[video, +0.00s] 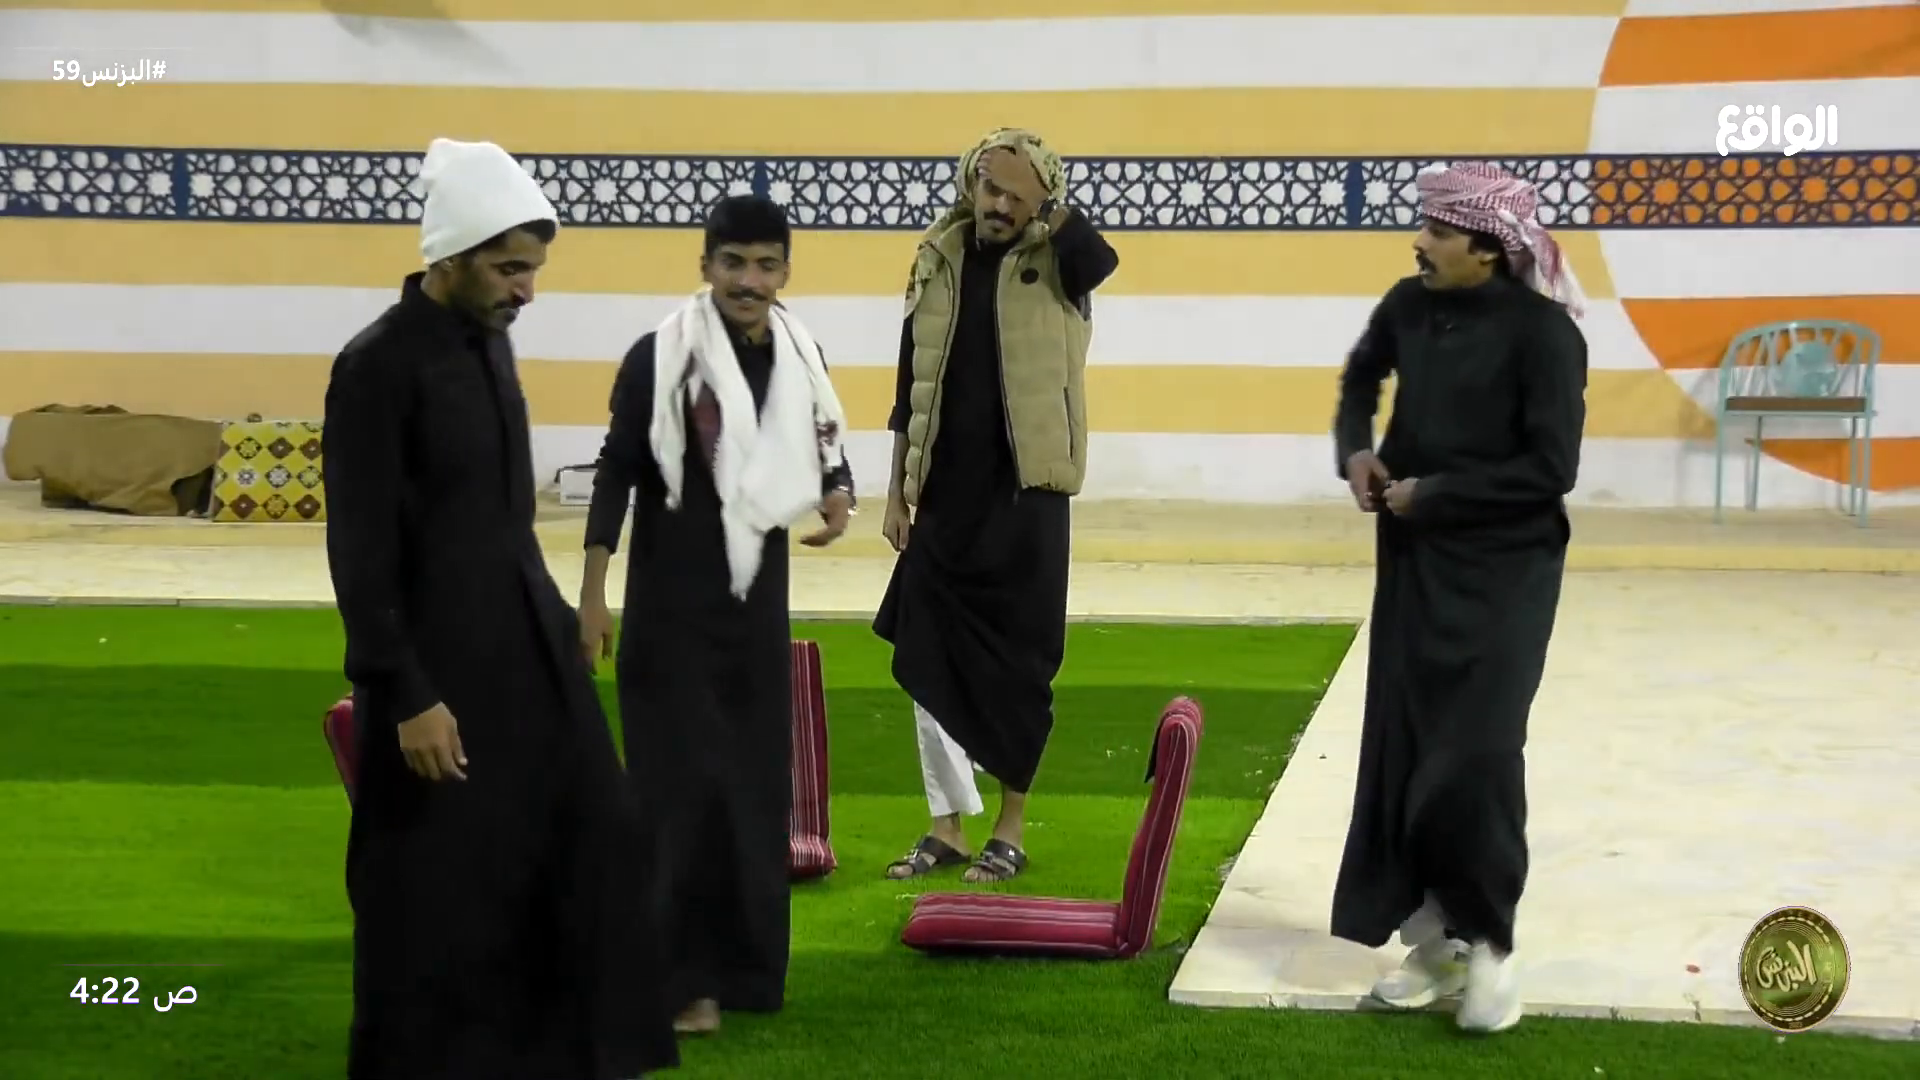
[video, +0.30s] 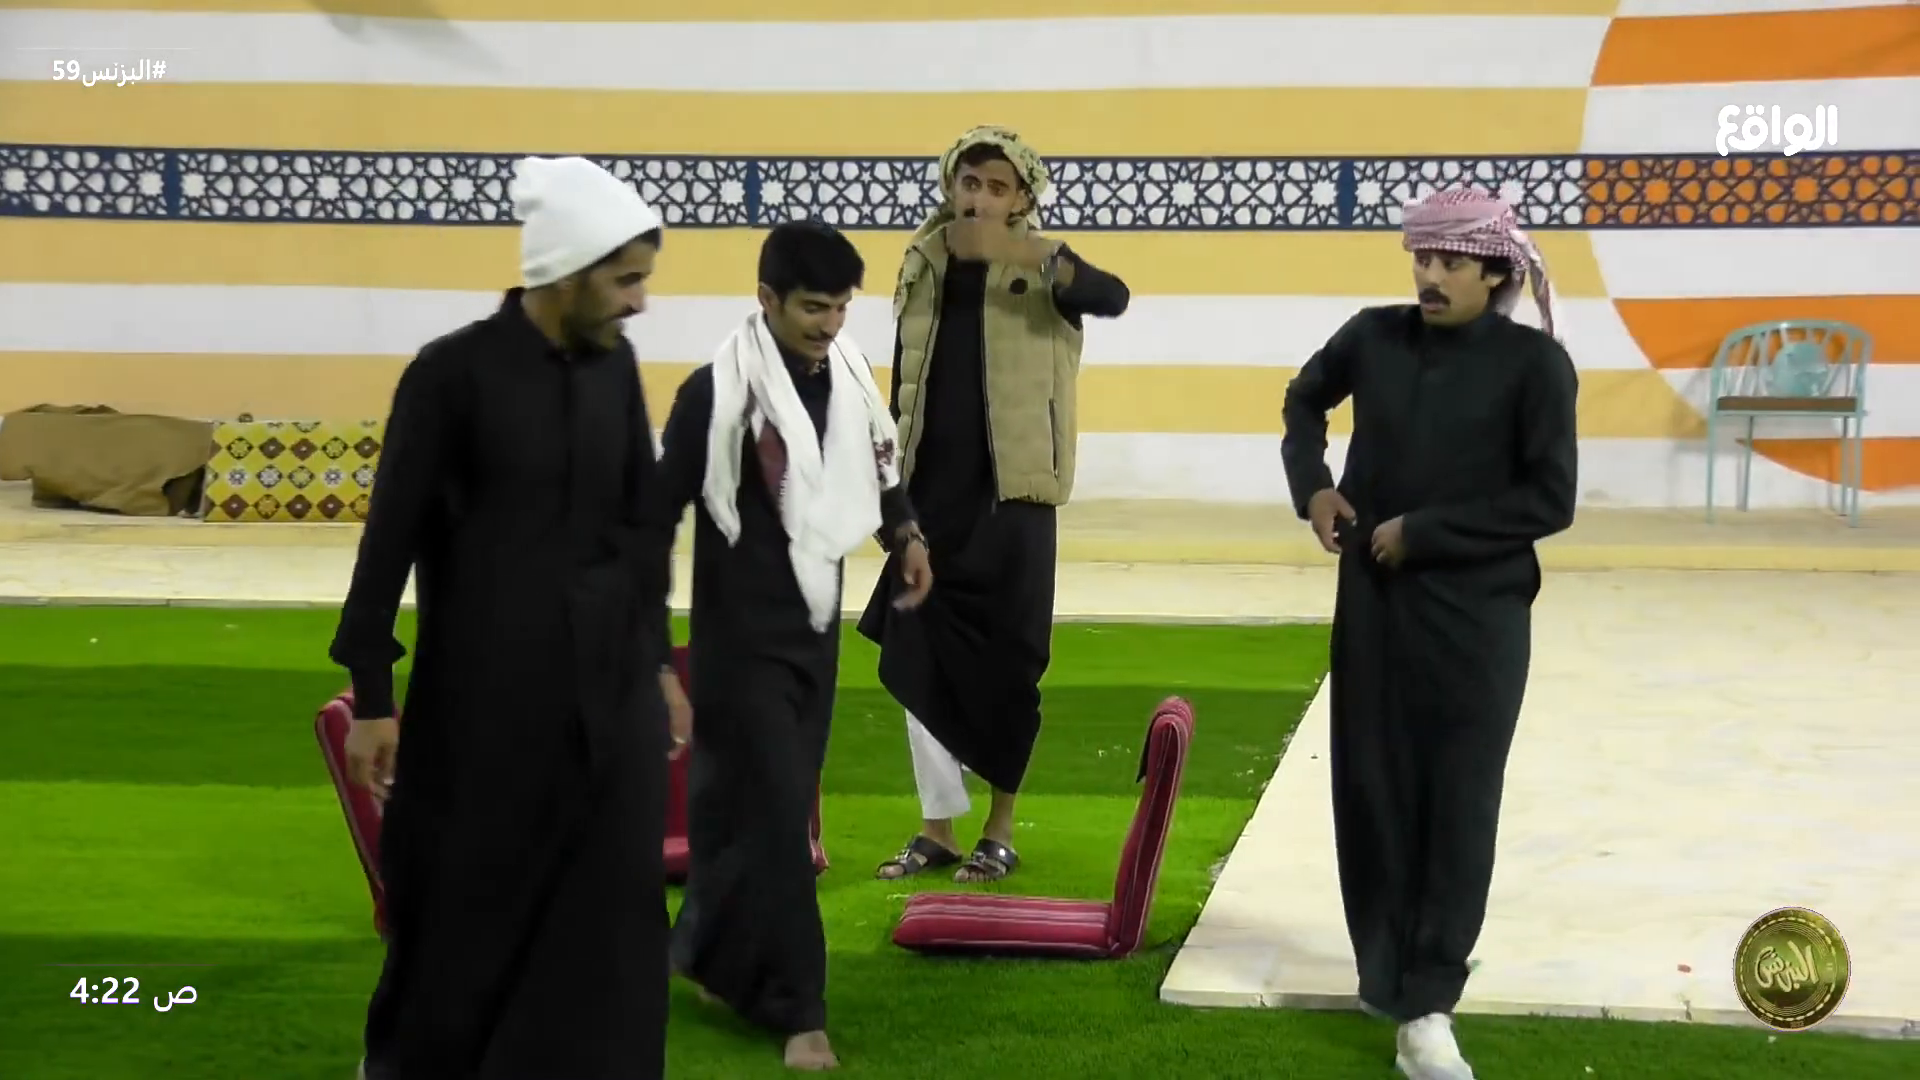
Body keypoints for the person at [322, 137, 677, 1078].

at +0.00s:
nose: (526, 287)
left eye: (535, 268)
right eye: (510, 268)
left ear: (540, 253)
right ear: (446, 257)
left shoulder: (490, 347)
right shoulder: (375, 367)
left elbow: (502, 525)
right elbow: (359, 553)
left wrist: (549, 631)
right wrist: (408, 697)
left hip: (527, 668)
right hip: (437, 681)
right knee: (435, 916)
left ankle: (574, 1053)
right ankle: (433, 1060)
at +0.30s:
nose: (641, 297)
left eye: (646, 278)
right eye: (627, 278)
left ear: (582, 272)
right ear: (561, 272)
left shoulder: (614, 366)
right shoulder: (449, 374)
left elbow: (642, 526)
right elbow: (387, 546)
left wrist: (658, 664)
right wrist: (373, 699)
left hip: (607, 711)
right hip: (482, 713)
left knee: (606, 948)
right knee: (463, 947)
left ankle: (600, 1066)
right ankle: (432, 1066)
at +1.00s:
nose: (683, 276)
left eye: (681, 253)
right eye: (671, 254)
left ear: (615, 264)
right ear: (615, 263)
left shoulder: (651, 366)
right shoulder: (489, 390)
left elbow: (708, 511)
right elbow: (435, 579)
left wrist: (777, 638)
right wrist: (438, 752)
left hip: (673, 720)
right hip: (560, 731)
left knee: (660, 969)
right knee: (607, 974)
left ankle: (620, 1073)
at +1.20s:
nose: (663, 237)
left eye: (657, 218)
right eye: (651, 221)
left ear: (592, 247)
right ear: (610, 246)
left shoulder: (596, 363)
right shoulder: (495, 379)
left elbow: (643, 531)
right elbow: (471, 591)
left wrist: (746, 640)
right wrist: (510, 771)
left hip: (674, 734)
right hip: (580, 749)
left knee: (755, 946)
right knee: (592, 1009)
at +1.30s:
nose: (654, 237)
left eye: (650, 216)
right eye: (645, 218)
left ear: (582, 238)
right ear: (606, 237)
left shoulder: (573, 362)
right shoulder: (504, 372)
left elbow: (627, 554)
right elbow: (538, 590)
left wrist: (733, 646)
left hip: (650, 735)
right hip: (565, 767)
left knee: (787, 945)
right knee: (596, 1012)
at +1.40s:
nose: (661, 238)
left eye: (656, 214)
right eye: (651, 216)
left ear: (590, 240)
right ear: (608, 237)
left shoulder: (578, 363)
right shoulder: (517, 374)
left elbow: (639, 566)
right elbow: (581, 592)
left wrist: (742, 646)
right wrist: (731, 672)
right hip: (575, 805)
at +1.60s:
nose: (715, 254)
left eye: (710, 229)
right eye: (704, 228)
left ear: (639, 250)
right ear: (658, 245)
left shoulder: (655, 372)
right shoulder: (552, 387)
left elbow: (693, 546)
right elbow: (635, 592)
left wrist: (850, 603)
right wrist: (840, 605)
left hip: (691, 799)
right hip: (593, 817)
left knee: (736, 1030)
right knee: (598, 1042)